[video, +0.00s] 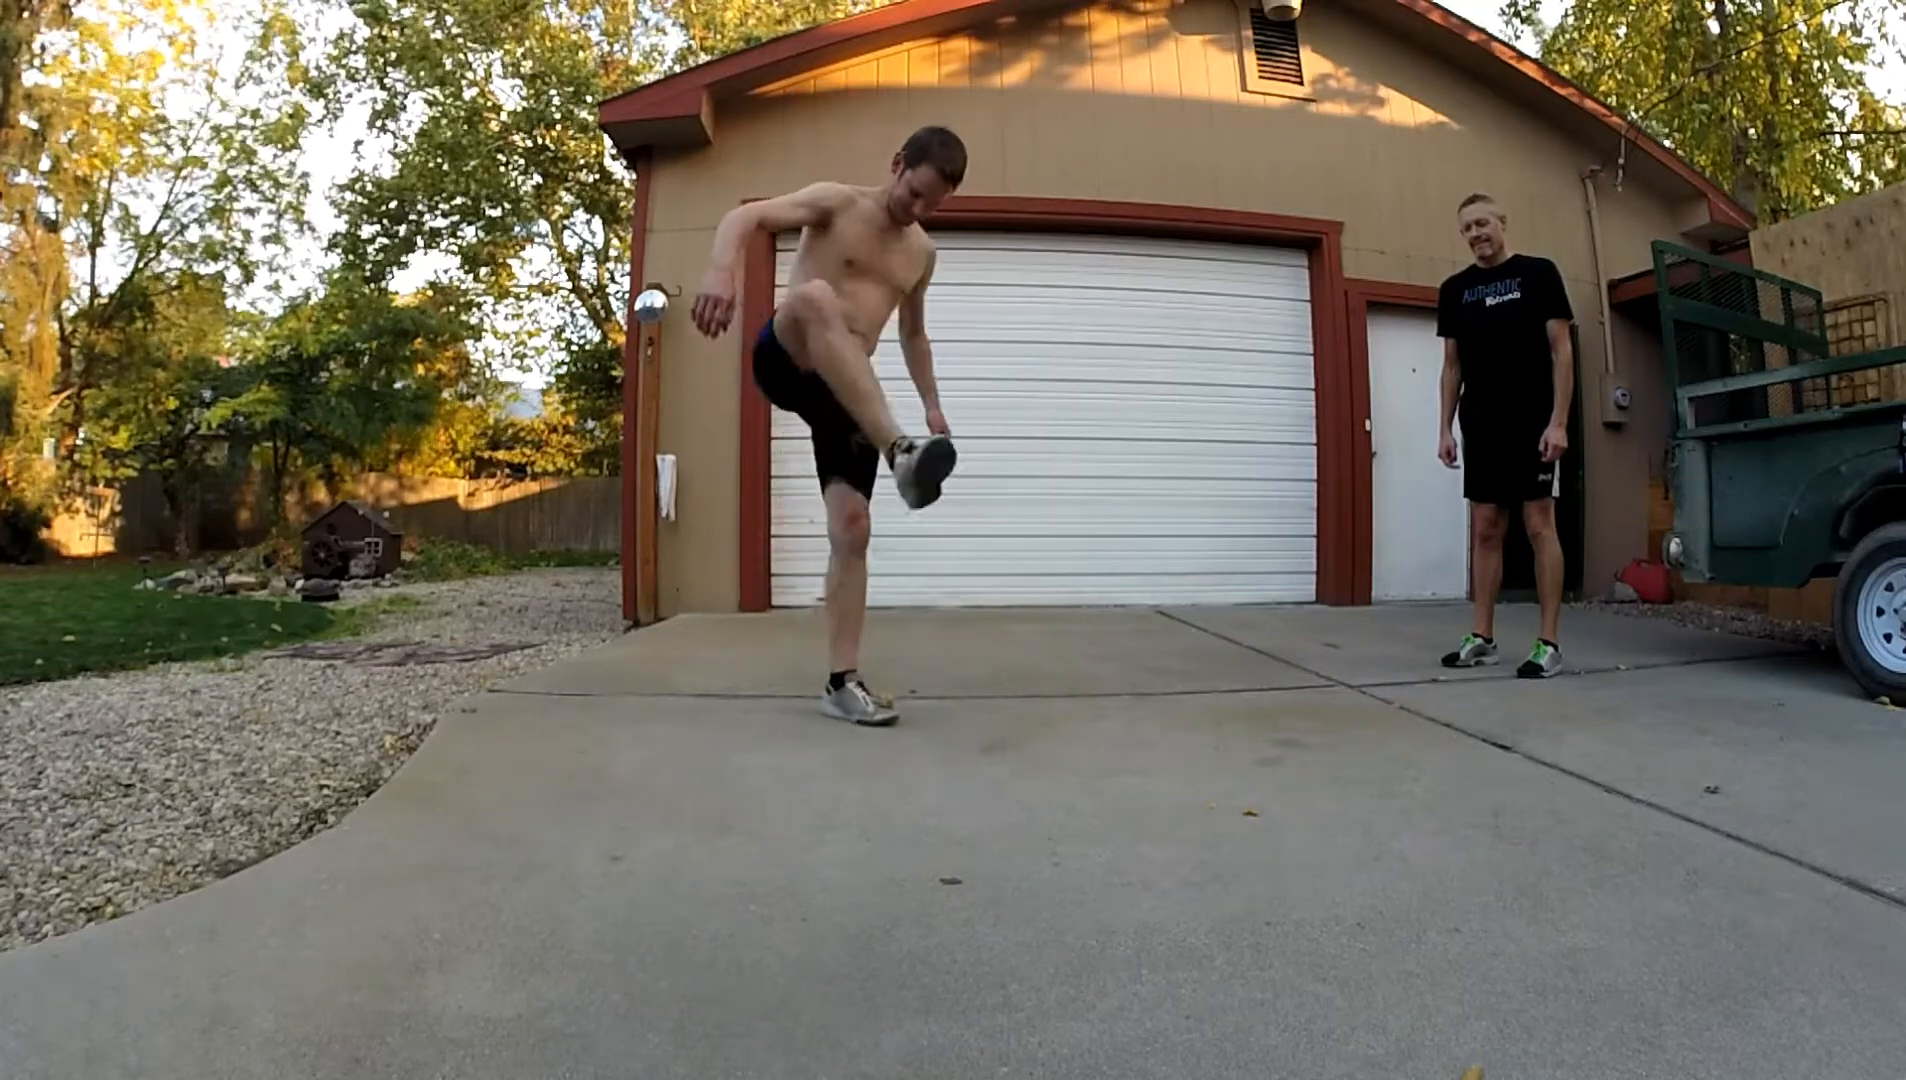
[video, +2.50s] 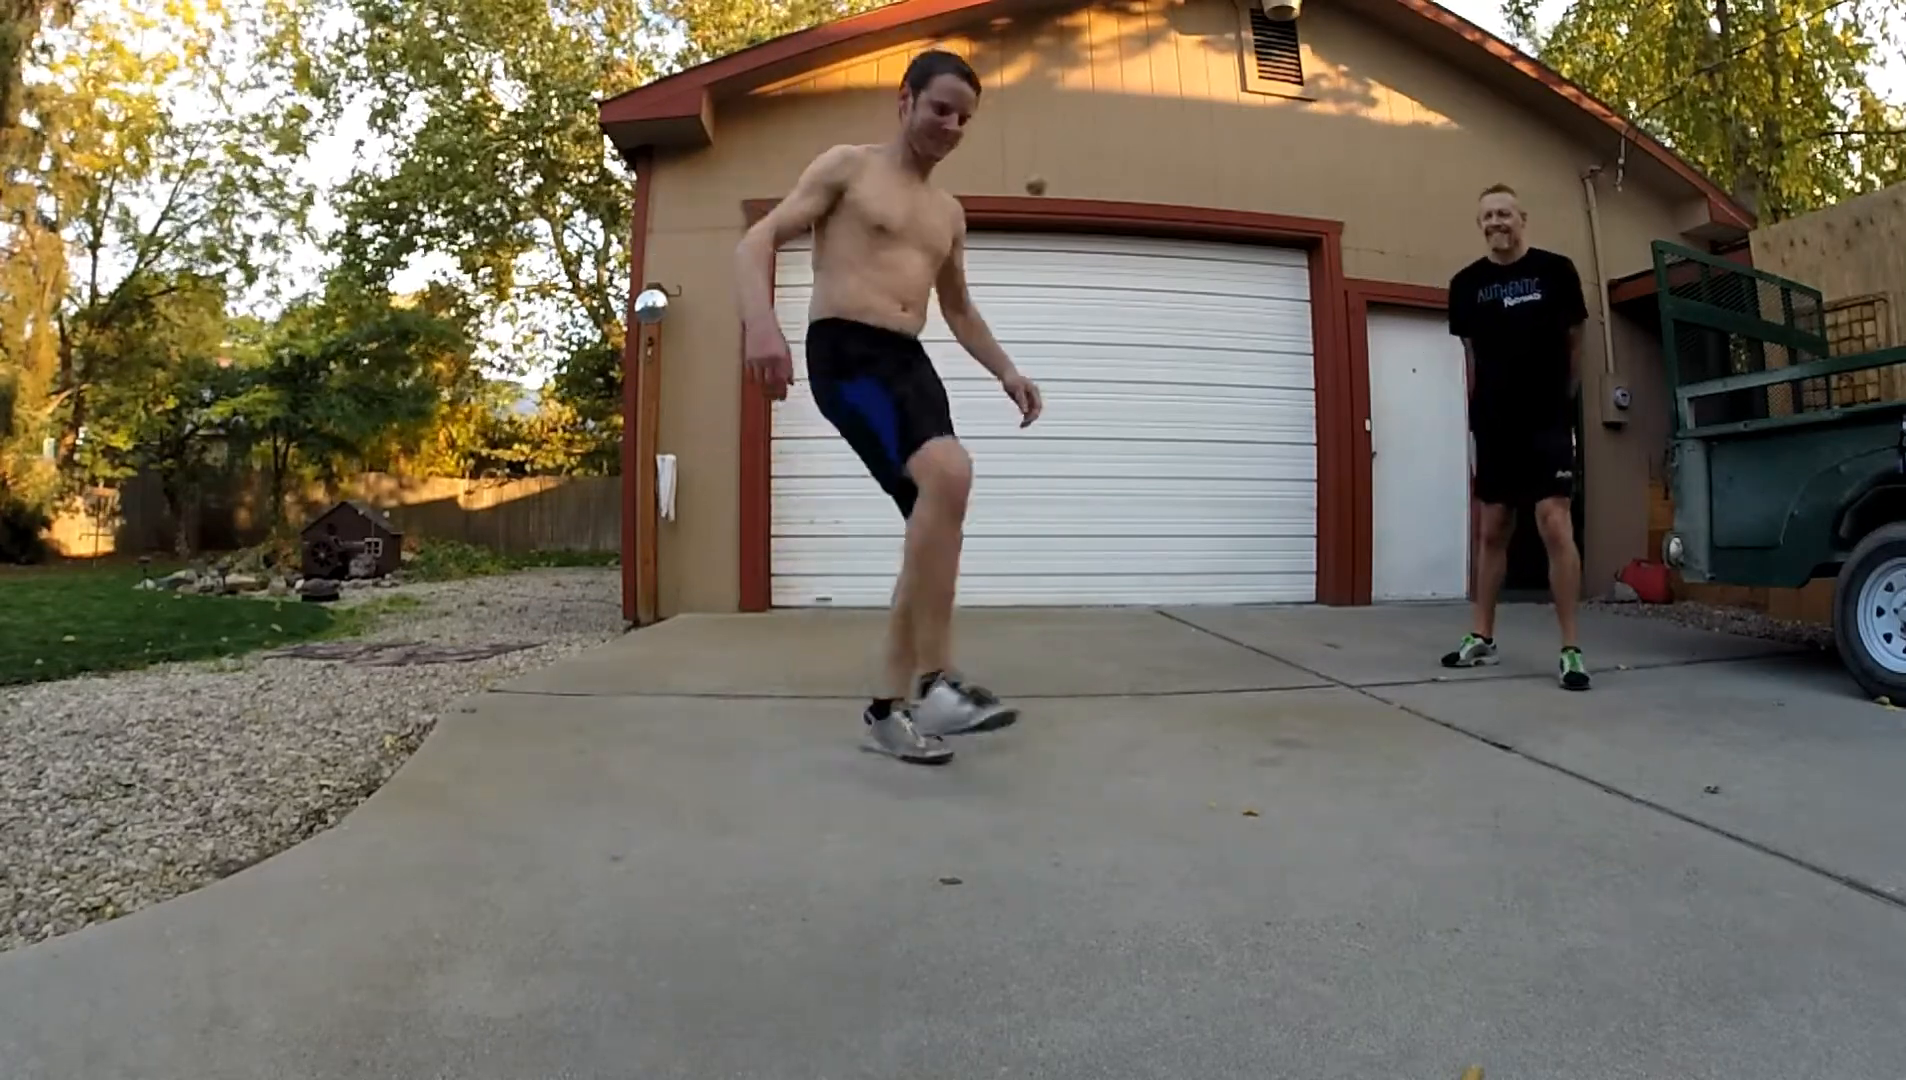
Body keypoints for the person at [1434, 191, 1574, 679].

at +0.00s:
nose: (1476, 232)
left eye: (1483, 223)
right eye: (1468, 227)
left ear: (1503, 225)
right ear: (1461, 236)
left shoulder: (1539, 273)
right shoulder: (1454, 290)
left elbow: (1562, 350)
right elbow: (1452, 364)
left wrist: (1558, 422)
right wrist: (1446, 428)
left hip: (1534, 420)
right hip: (1483, 423)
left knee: (1539, 527)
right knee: (1485, 529)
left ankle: (1549, 642)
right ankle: (1482, 636)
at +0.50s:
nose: (1477, 233)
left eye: (1483, 223)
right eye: (1469, 228)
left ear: (1503, 225)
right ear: (1462, 237)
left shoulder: (1539, 273)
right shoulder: (1455, 290)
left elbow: (1563, 351)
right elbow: (1452, 364)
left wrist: (1558, 422)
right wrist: (1445, 427)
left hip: (1534, 420)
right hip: (1482, 423)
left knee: (1539, 527)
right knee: (1485, 529)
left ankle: (1549, 642)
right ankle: (1482, 636)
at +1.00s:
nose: (1473, 230)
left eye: (1480, 221)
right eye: (1465, 225)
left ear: (1501, 223)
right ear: (1459, 235)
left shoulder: (1536, 273)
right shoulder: (1453, 290)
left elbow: (1560, 350)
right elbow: (1451, 364)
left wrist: (1556, 421)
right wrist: (1444, 428)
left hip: (1532, 420)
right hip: (1481, 423)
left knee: (1537, 527)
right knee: (1485, 529)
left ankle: (1548, 641)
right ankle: (1481, 636)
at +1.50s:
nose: (1459, 233)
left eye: (1465, 224)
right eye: (1451, 229)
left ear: (1487, 228)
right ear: (1446, 239)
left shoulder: (1524, 274)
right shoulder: (1442, 294)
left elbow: (1556, 346)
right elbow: (1440, 366)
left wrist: (1555, 417)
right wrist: (1433, 429)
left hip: (1524, 421)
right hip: (1473, 424)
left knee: (1531, 526)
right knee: (1482, 531)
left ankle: (1547, 642)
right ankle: (1481, 637)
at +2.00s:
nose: (1448, 234)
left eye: (1455, 226)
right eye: (1440, 229)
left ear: (1476, 234)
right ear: (1434, 241)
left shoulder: (1511, 275)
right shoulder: (1430, 300)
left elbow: (1542, 346)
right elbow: (1447, 364)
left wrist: (1530, 402)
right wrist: (1477, 399)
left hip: (1514, 413)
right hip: (1465, 419)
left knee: (1529, 521)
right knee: (1478, 528)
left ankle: (1558, 641)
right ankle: (1481, 636)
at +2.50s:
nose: (1496, 222)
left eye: (1504, 214)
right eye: (1488, 216)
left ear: (1523, 221)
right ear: (1478, 226)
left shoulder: (1556, 270)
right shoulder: (1466, 283)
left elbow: (1574, 341)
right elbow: (1472, 354)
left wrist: (1564, 392)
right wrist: (1480, 404)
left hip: (1548, 414)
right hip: (1495, 416)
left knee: (1555, 526)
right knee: (1491, 530)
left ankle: (1570, 648)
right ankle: (1481, 636)